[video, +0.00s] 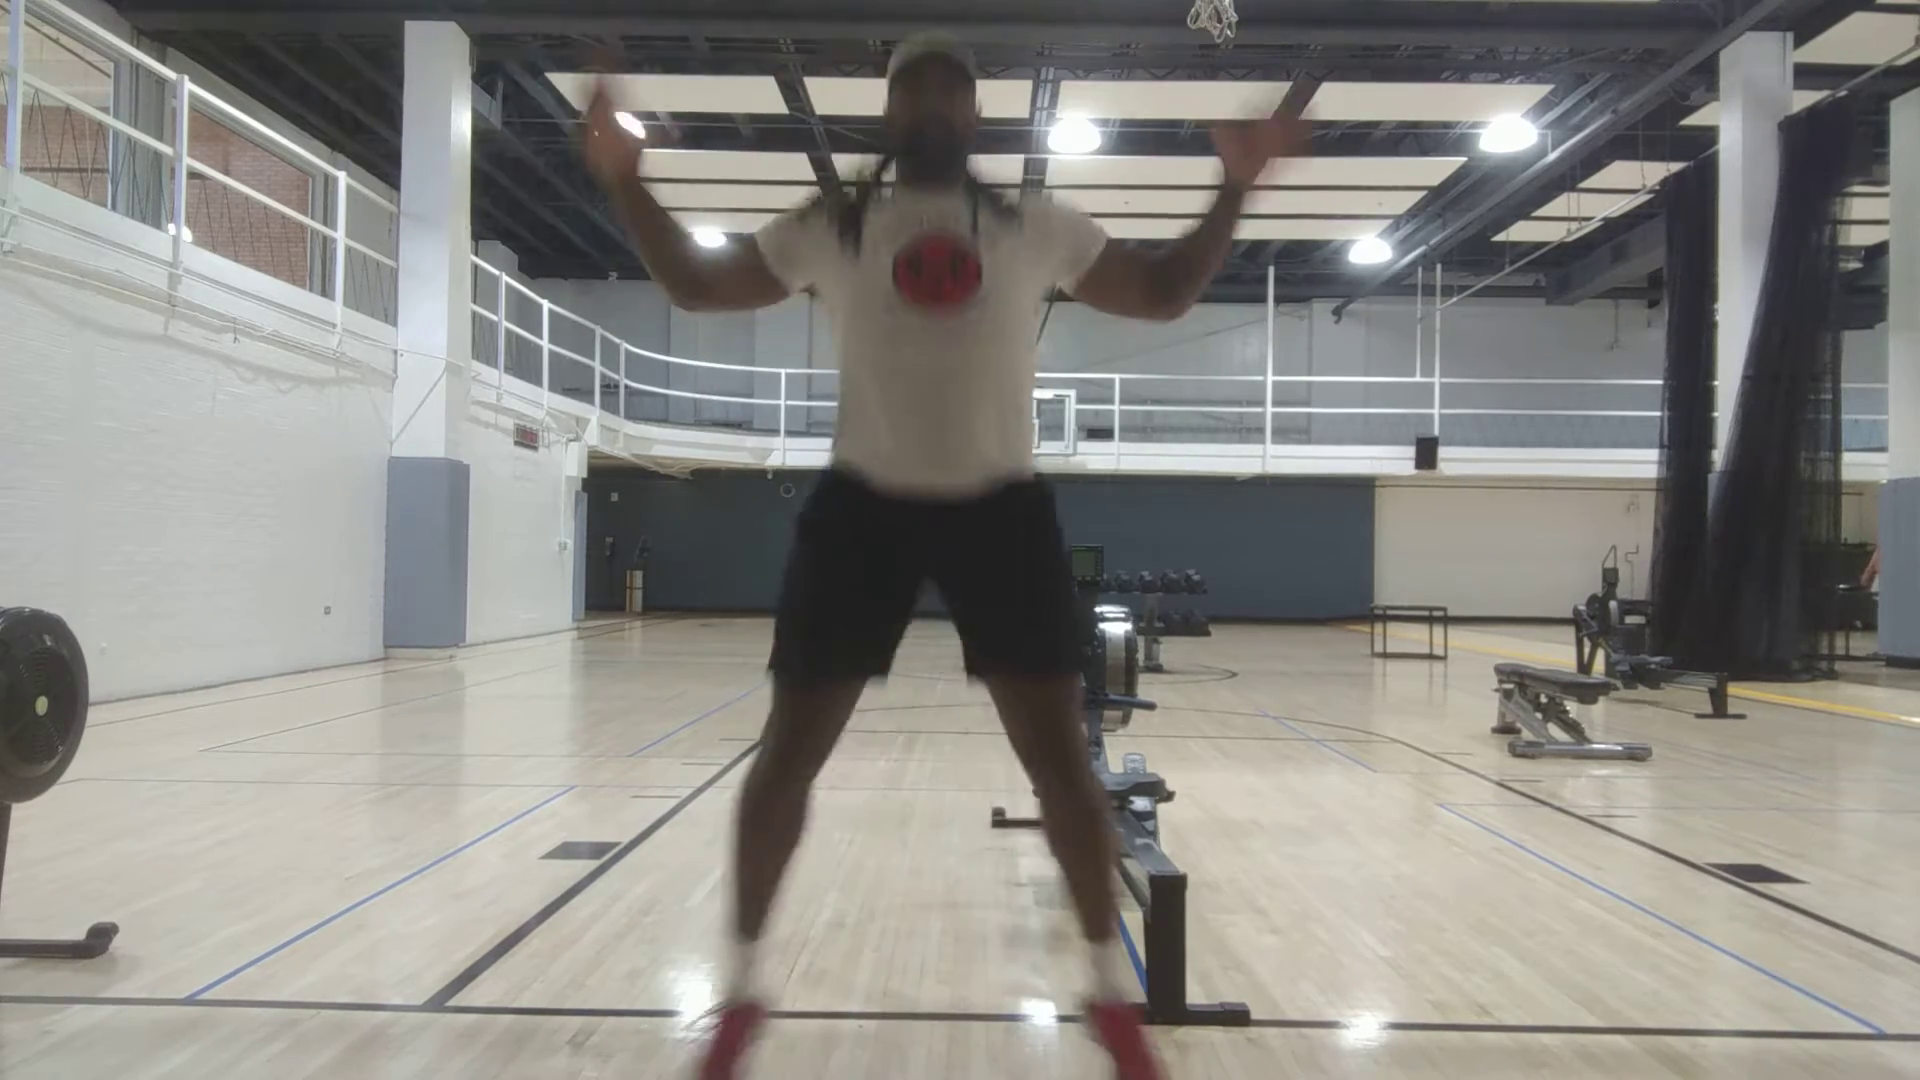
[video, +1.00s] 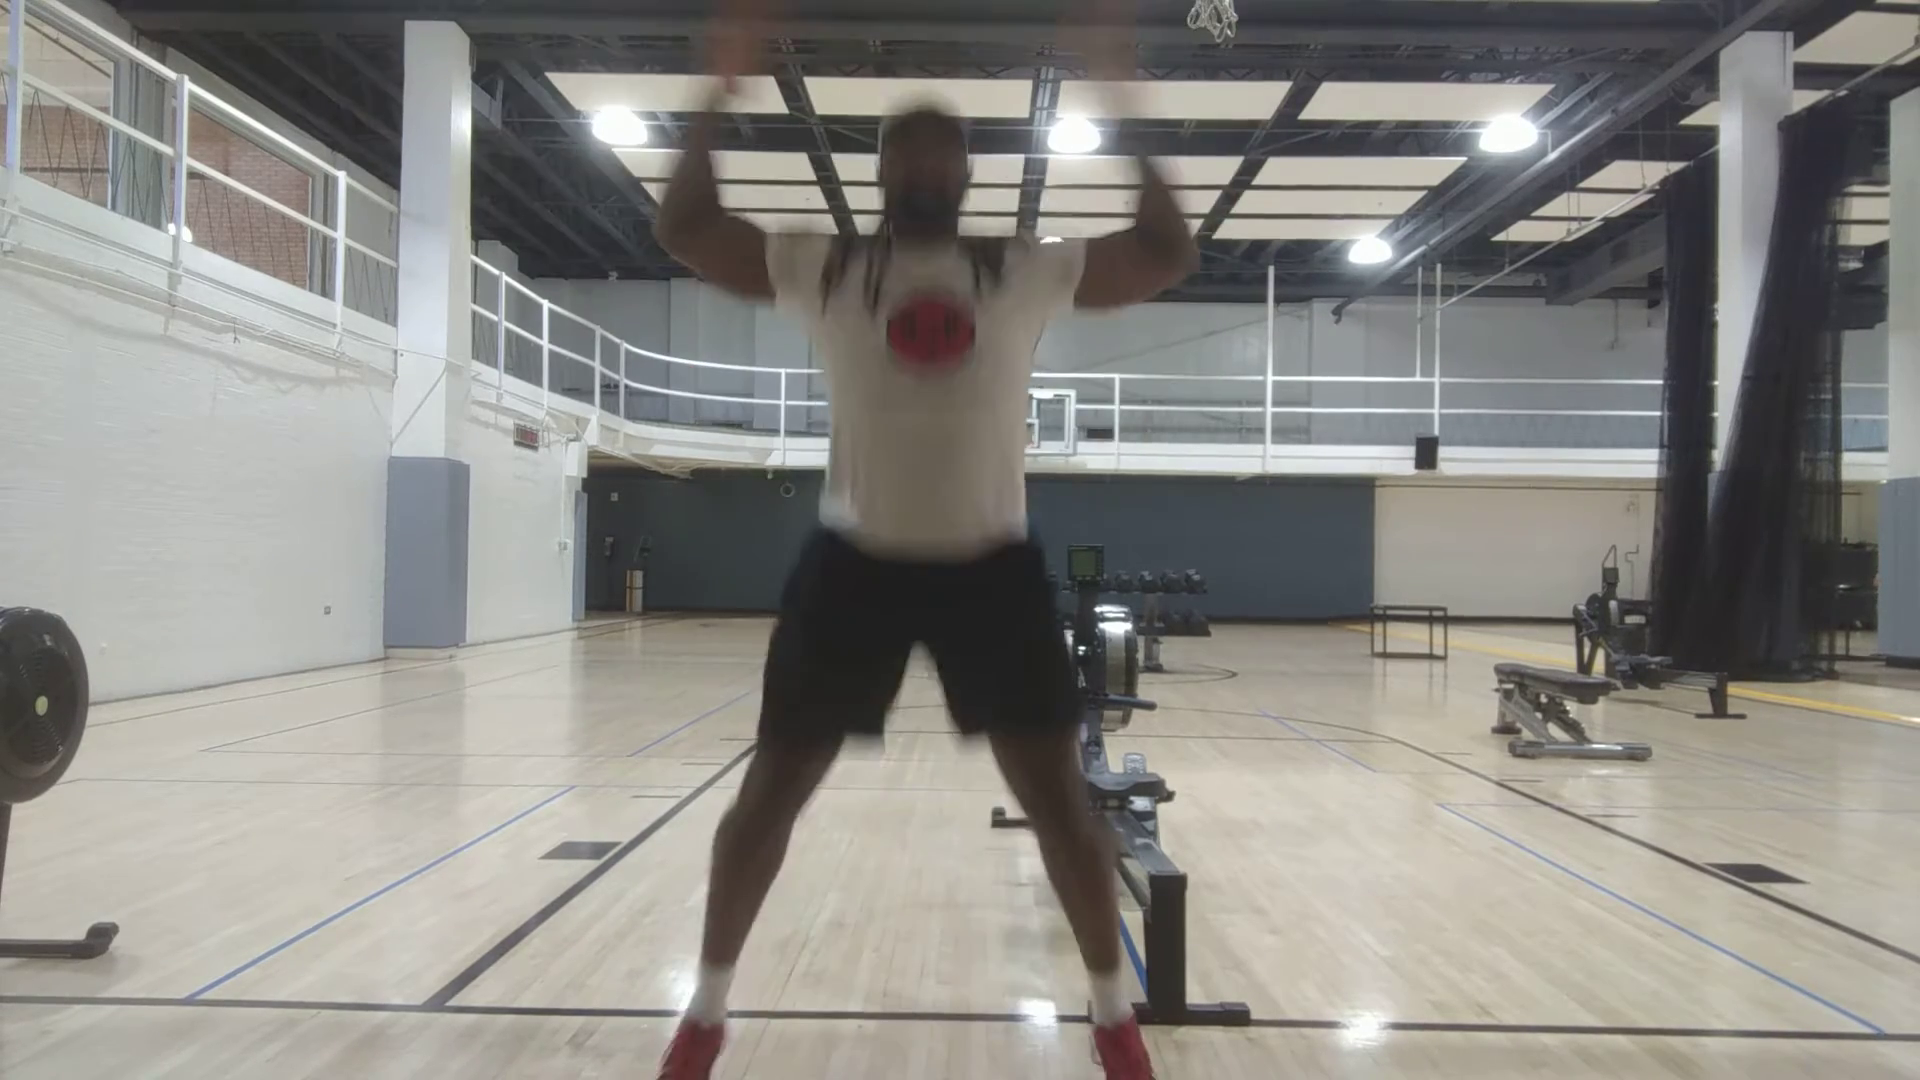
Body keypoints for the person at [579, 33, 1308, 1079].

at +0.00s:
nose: (935, 103)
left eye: (953, 88)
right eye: (917, 87)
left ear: (978, 112)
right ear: (886, 110)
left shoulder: (1032, 222)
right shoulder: (836, 223)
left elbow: (1165, 288)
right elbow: (696, 278)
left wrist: (1235, 187)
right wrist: (623, 182)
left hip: (1002, 511)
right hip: (863, 509)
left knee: (1059, 751)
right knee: (791, 747)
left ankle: (1111, 986)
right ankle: (741, 987)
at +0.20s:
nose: (933, 76)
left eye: (951, 59)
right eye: (914, 59)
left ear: (978, 85)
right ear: (883, 86)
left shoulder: (1034, 215)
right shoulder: (837, 217)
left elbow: (1072, 348)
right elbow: (784, 339)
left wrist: (1118, 377)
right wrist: (749, 367)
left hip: (1001, 502)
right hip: (871, 500)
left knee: (1010, 761)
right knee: (854, 756)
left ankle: (987, 995)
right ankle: (872, 994)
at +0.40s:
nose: (929, 194)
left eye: (946, 178)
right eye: (911, 177)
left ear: (970, 195)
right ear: (881, 197)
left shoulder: (1024, 319)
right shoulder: (835, 327)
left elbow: (1070, 441)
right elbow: (801, 456)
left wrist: (1087, 480)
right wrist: (796, 492)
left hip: (996, 604)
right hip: (869, 606)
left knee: (993, 839)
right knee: (873, 837)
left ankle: (967, 1037)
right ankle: (894, 1039)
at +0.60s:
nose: (925, 60)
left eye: (945, 45)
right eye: (907, 45)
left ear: (976, 75)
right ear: (881, 73)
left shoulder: (1031, 195)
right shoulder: (833, 196)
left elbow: (1144, 304)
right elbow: (722, 308)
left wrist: (1199, 222)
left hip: (995, 480)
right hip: (864, 479)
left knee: (1012, 727)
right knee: (833, 725)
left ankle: (1025, 975)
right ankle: (822, 965)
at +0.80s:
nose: (925, 135)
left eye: (942, 120)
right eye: (908, 120)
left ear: (971, 145)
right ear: (880, 144)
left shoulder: (1031, 244)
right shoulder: (825, 247)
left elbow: (1175, 218)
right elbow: (677, 224)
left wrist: (1105, 86)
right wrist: (716, 82)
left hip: (992, 553)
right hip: (854, 550)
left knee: (1063, 804)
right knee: (767, 797)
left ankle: (1122, 1014)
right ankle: (694, 1011)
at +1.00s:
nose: (921, 168)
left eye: (940, 153)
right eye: (904, 152)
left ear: (969, 172)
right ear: (876, 170)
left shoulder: (1026, 274)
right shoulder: (824, 270)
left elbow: (1166, 250)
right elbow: (686, 228)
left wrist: (1126, 96)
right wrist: (715, 92)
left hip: (993, 574)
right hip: (855, 570)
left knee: (1060, 803)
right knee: (770, 793)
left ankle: (1116, 1006)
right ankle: (706, 1008)